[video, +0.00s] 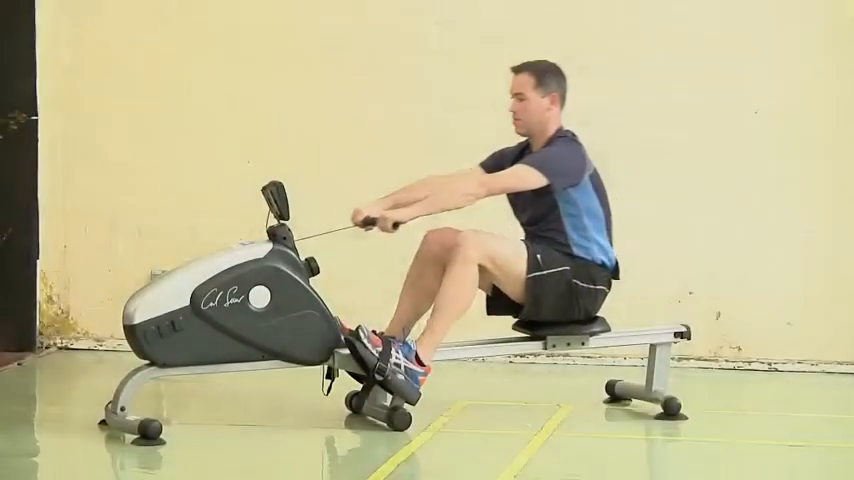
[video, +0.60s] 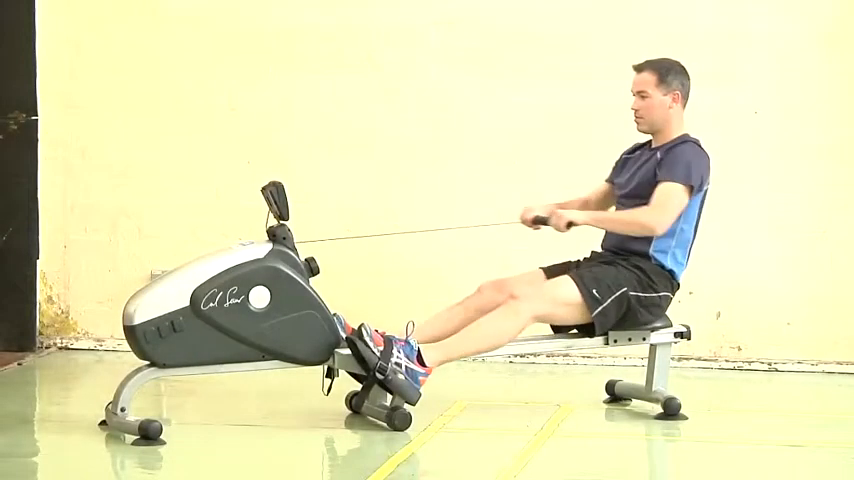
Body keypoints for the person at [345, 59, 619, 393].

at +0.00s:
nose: (511, 108)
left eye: (520, 99)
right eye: (512, 99)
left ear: (552, 102)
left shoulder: (566, 154)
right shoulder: (515, 156)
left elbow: (481, 187)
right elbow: (457, 183)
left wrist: (406, 214)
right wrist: (383, 204)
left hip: (581, 278)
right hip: (543, 274)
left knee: (469, 246)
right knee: (437, 242)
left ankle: (418, 363)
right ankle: (389, 345)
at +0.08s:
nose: (531, 105)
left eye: (541, 96)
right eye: (531, 96)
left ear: (573, 100)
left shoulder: (586, 153)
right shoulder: (533, 154)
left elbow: (503, 184)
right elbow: (479, 180)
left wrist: (424, 211)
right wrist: (406, 200)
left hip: (592, 279)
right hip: (553, 273)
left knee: (477, 250)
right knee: (446, 247)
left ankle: (419, 360)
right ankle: (392, 343)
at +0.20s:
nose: (563, 102)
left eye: (572, 93)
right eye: (563, 94)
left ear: (603, 97)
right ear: (593, 98)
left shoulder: (616, 150)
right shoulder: (562, 152)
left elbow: (535, 182)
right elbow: (512, 180)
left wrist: (460, 204)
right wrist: (444, 196)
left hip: (607, 279)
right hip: (570, 270)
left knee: (492, 258)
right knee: (460, 254)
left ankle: (420, 361)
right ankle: (392, 344)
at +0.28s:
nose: (583, 102)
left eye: (592, 93)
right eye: (583, 93)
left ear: (623, 96)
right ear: (607, 98)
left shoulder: (637, 151)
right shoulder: (581, 152)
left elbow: (555, 187)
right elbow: (530, 182)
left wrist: (483, 205)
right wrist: (464, 196)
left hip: (616, 278)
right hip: (578, 268)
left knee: (501, 266)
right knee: (467, 260)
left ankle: (420, 360)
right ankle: (397, 344)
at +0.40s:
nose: (609, 102)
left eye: (618, 93)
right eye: (610, 94)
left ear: (650, 97)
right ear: (630, 98)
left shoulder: (663, 151)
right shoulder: (609, 154)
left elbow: (597, 198)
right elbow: (550, 187)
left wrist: (523, 210)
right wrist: (493, 201)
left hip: (630, 277)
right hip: (593, 269)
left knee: (513, 276)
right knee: (477, 271)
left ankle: (420, 361)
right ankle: (397, 345)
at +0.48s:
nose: (622, 104)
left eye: (631, 94)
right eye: (622, 95)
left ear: (664, 98)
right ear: (635, 99)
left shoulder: (675, 153)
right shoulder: (621, 154)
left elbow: (620, 208)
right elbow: (570, 193)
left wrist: (548, 212)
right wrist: (513, 205)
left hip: (636, 278)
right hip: (600, 266)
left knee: (518, 288)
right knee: (483, 281)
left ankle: (419, 365)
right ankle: (393, 347)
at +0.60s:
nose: (634, 105)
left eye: (642, 96)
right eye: (634, 96)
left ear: (675, 99)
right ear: (650, 100)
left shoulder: (686, 154)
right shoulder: (635, 156)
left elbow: (655, 220)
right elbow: (596, 202)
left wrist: (581, 217)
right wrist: (552, 208)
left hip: (643, 276)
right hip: (607, 265)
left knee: (527, 302)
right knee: (493, 292)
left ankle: (422, 363)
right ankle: (392, 346)